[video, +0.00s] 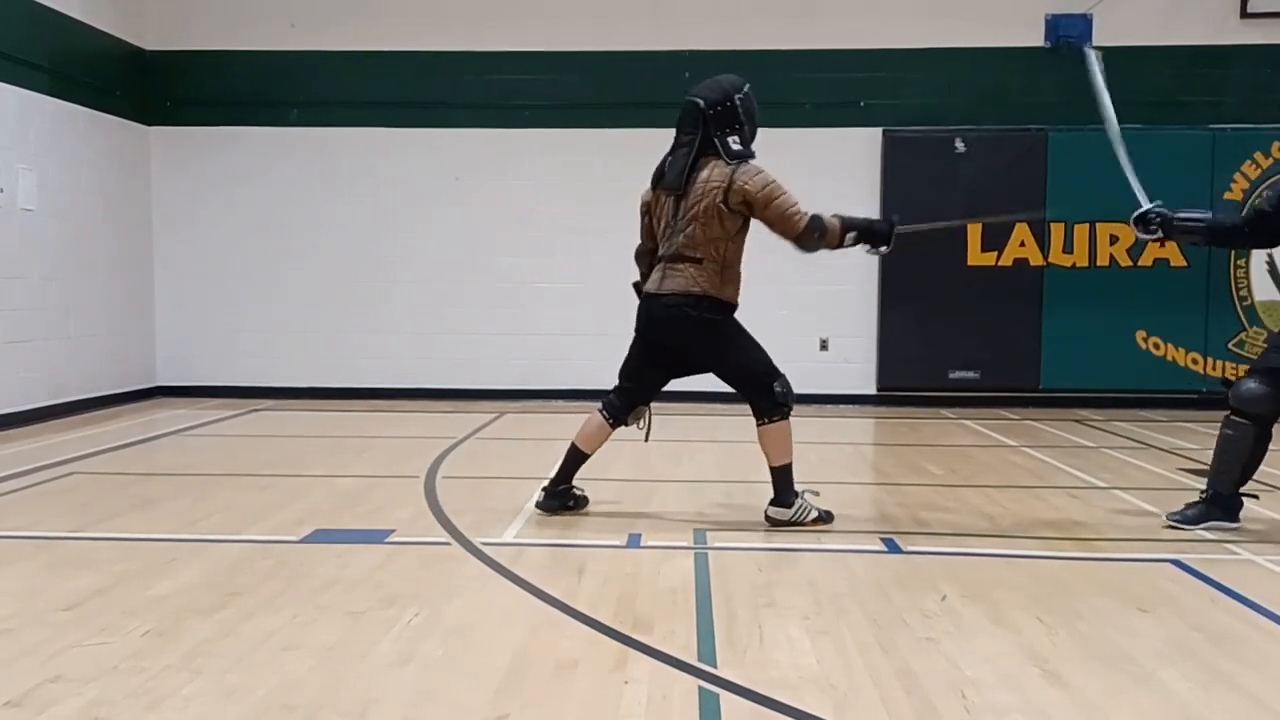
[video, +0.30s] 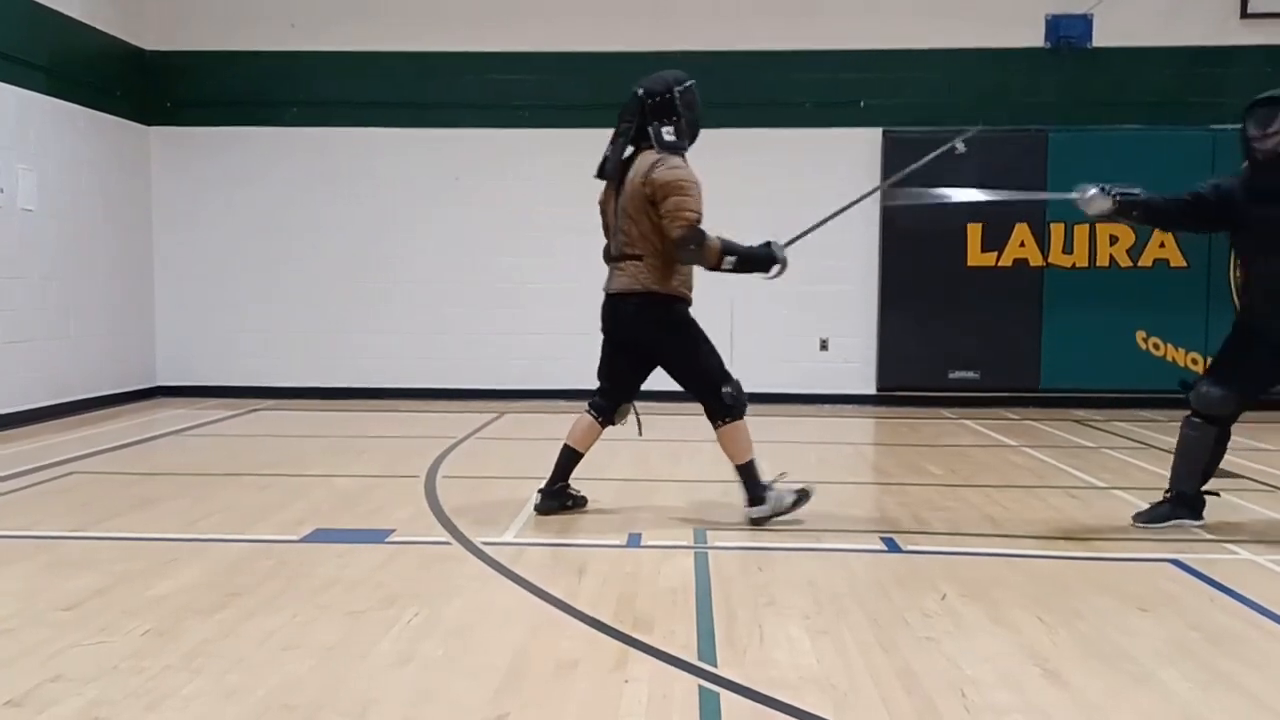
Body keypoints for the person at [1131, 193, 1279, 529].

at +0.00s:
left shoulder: (1277, 199)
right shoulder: (1278, 197)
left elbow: (1254, 231)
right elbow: (1253, 231)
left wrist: (1175, 225)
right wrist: (1174, 225)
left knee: (1256, 395)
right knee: (1253, 395)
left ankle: (1221, 499)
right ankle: (1221, 499)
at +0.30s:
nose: (1265, 141)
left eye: (1273, 132)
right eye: (1258, 133)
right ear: (1248, 138)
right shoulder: (1247, 189)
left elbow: (1192, 209)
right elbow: (1189, 209)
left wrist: (1125, 205)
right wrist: (1122, 204)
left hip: (1269, 325)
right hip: (1260, 323)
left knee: (1216, 399)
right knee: (1212, 399)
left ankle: (1185, 498)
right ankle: (1184, 498)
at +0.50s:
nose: (1226, 136)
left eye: (1239, 127)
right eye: (1222, 128)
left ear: (1267, 132)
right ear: (1216, 134)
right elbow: (1169, 239)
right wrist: (1118, 248)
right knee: (1197, 394)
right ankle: (1181, 496)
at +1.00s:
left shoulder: (1273, 191)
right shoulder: (1272, 189)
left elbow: (1238, 227)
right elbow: (1238, 226)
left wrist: (1163, 237)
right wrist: (1165, 237)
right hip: (1279, 317)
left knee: (1252, 388)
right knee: (1251, 388)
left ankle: (1233, 498)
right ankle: (1232, 497)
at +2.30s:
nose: (1270, 125)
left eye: (1276, 116)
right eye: (1265, 116)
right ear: (1257, 123)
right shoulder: (1254, 178)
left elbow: (1193, 213)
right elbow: (1192, 213)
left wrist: (1114, 219)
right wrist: (1112, 220)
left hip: (1270, 316)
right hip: (1259, 314)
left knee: (1209, 388)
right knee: (1203, 389)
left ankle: (1193, 493)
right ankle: (1193, 494)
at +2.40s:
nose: (1253, 128)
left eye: (1265, 117)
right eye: (1248, 118)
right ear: (1240, 126)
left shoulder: (1269, 184)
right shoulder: (1238, 190)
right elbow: (1174, 224)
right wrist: (1097, 223)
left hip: (1269, 322)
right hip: (1250, 320)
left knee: (1191, 388)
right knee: (1186, 389)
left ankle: (1143, 488)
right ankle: (1142, 490)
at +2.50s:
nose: (1220, 133)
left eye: (1234, 125)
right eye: (1218, 124)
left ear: (1263, 132)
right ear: (1211, 128)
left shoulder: (1271, 189)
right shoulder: (1211, 194)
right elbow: (1144, 225)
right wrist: (1069, 217)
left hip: (1270, 328)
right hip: (1223, 328)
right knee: (1165, 403)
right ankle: (1103, 491)